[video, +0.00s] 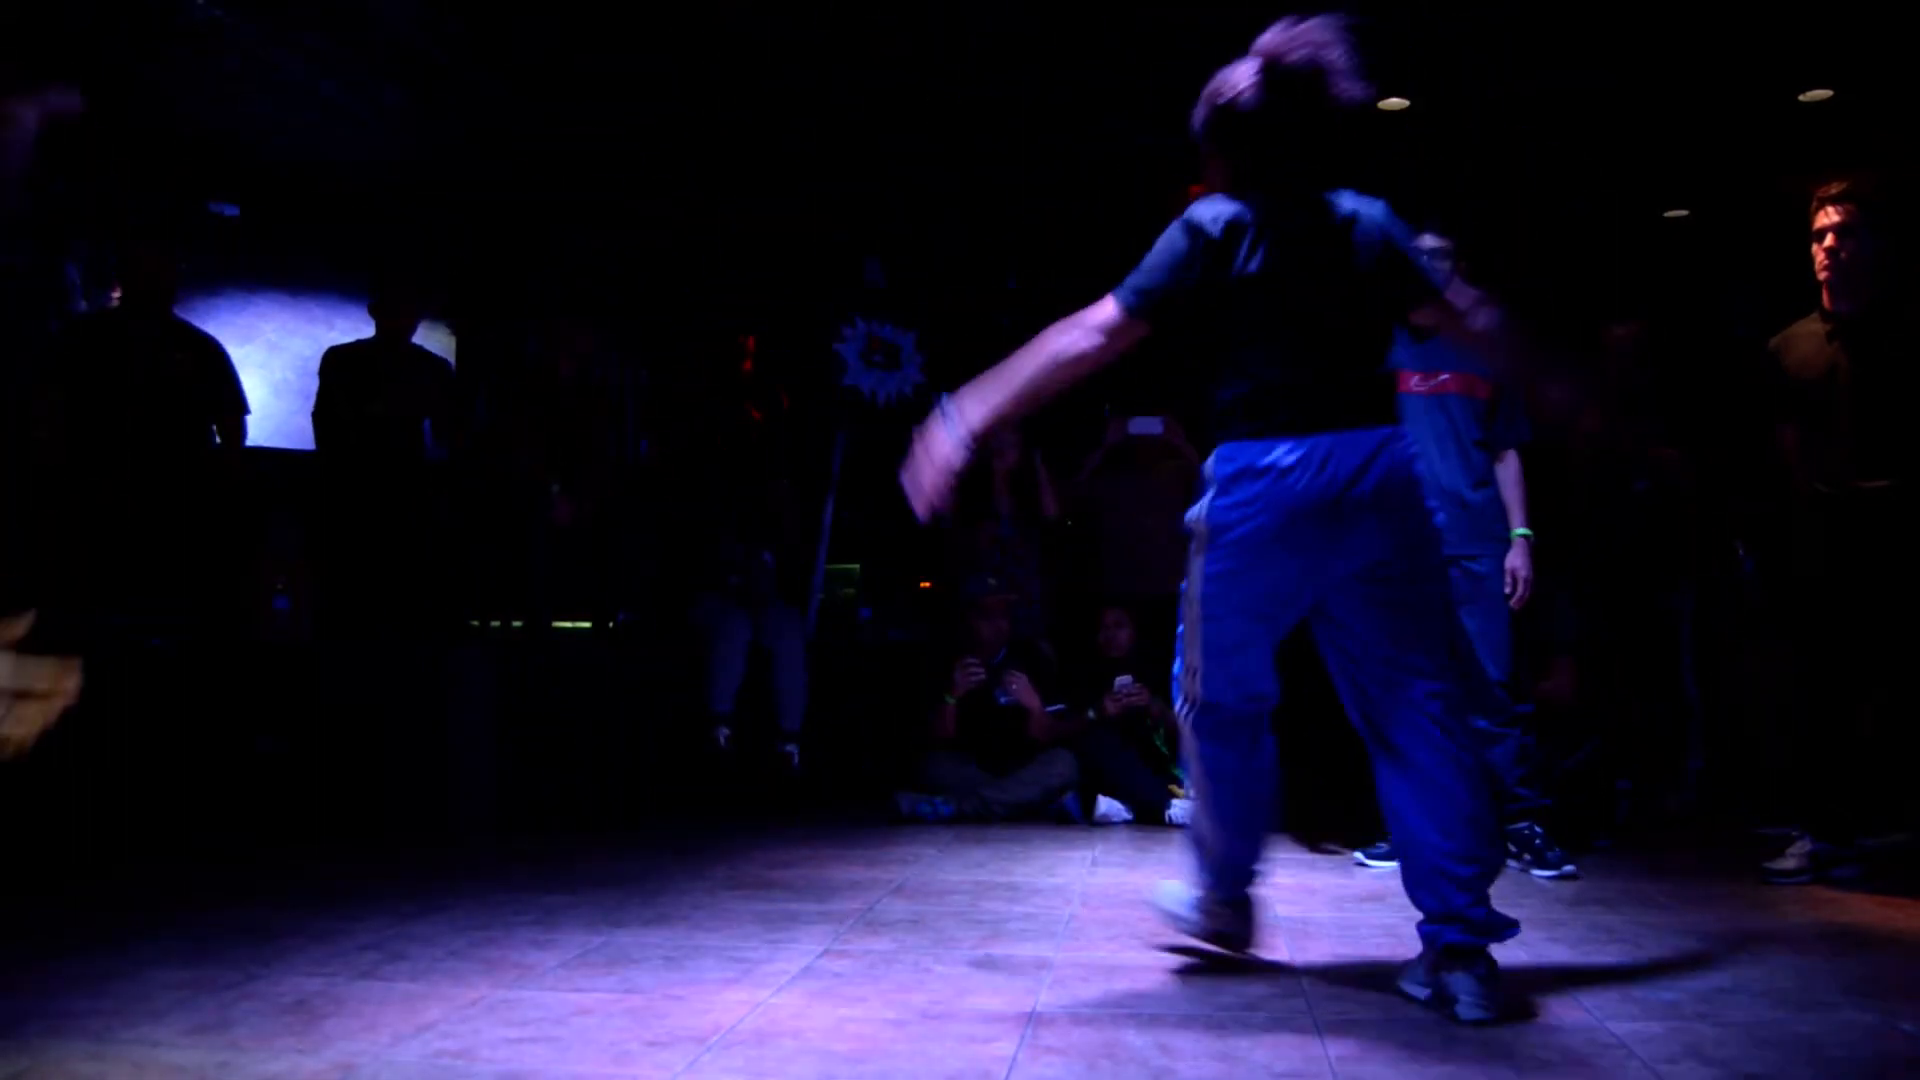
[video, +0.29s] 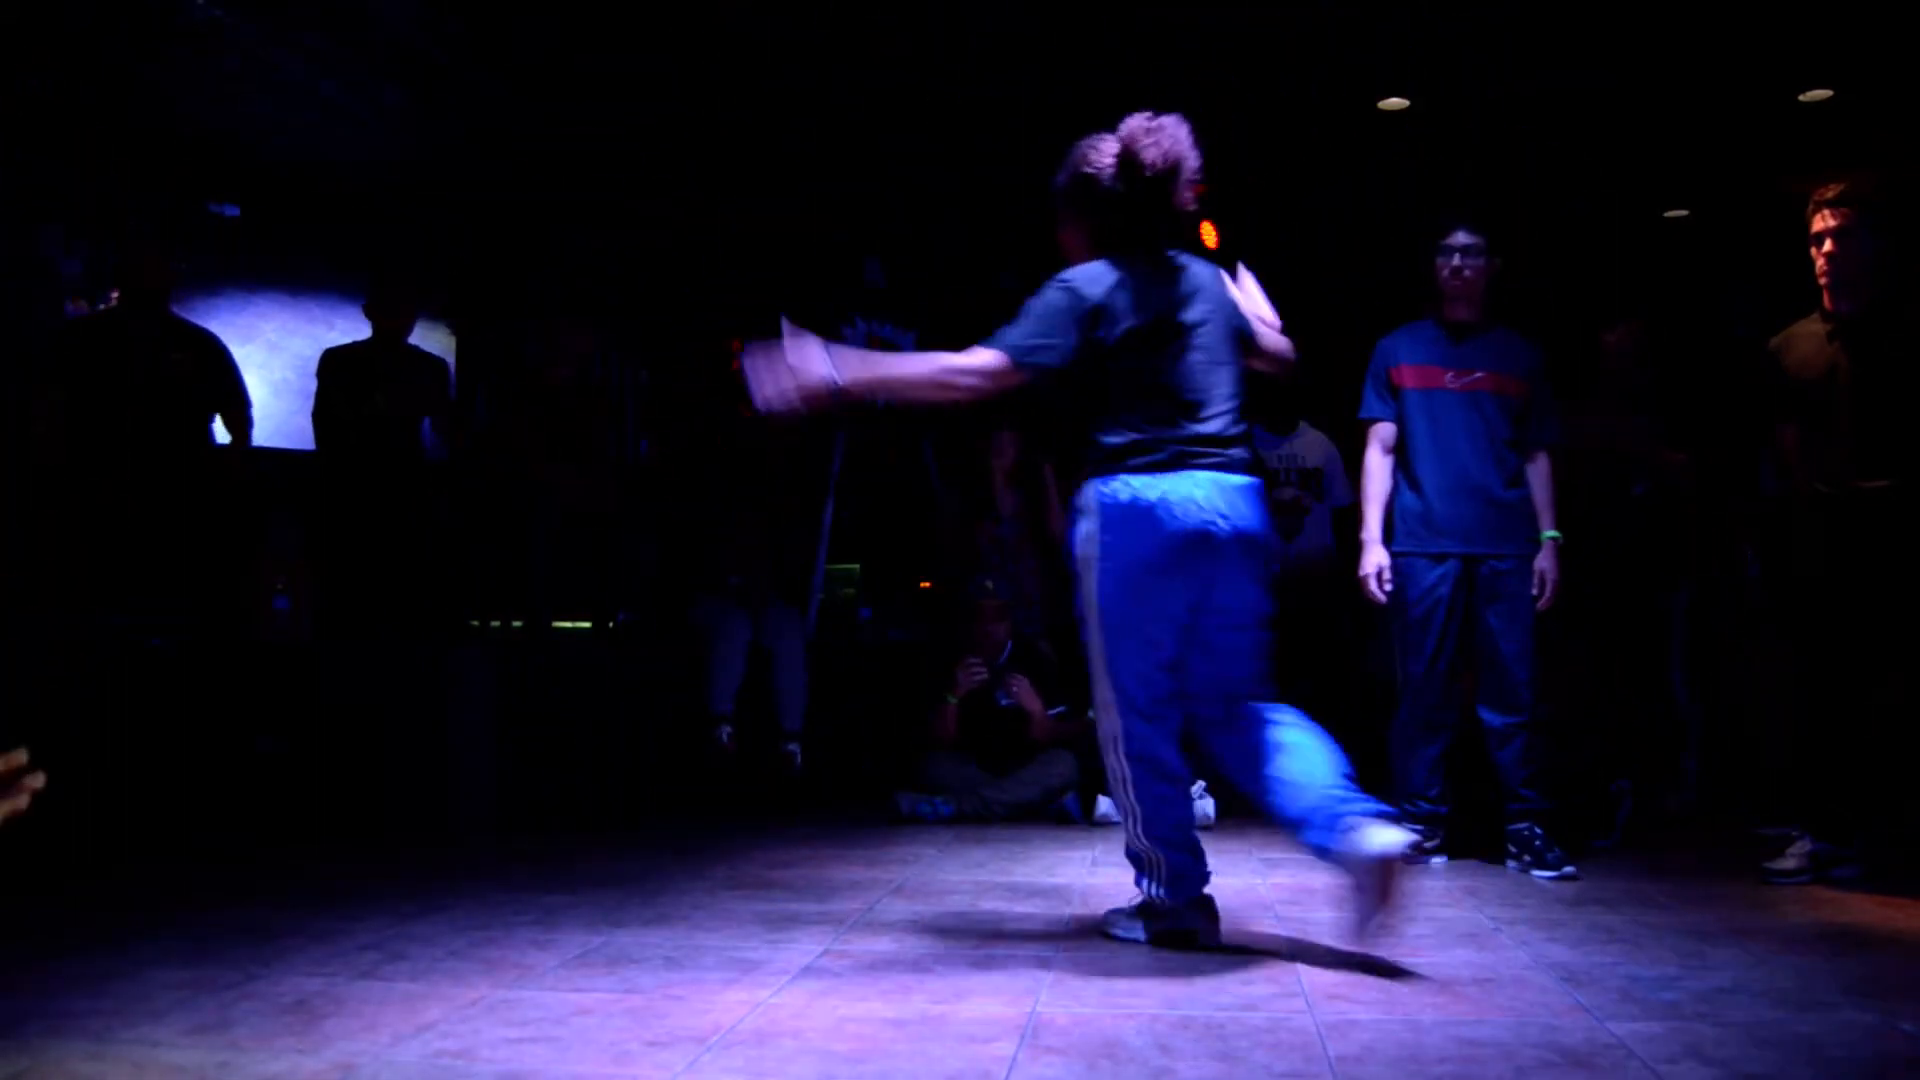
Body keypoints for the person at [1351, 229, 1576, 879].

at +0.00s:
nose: (1428, 271)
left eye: (1439, 260)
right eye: (1419, 259)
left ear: (1456, 271)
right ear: (1397, 271)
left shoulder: (1479, 349)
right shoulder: (1389, 350)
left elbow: (1504, 451)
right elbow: (1359, 446)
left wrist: (1519, 536)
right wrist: (1362, 532)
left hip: (1474, 542)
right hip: (1402, 543)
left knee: (1493, 685)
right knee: (1407, 685)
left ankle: (1522, 823)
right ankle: (1406, 827)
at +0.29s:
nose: (1459, 267)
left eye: (1470, 257)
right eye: (1449, 256)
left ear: (1489, 268)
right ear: (1434, 268)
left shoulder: (1517, 353)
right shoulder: (1400, 349)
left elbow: (1535, 454)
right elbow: (1380, 447)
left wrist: (1548, 539)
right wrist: (1372, 538)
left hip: (1504, 548)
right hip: (1423, 546)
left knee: (1511, 693)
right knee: (1424, 691)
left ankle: (1524, 829)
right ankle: (1420, 826)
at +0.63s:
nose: (1498, 259)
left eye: (1510, 248)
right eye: (1488, 248)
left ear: (1531, 260)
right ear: (1474, 260)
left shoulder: (1560, 351)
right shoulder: (1439, 343)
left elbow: (1574, 451)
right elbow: (1424, 443)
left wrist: (1586, 540)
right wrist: (1427, 538)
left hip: (1542, 545)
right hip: (1464, 541)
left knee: (1533, 694)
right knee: (1446, 687)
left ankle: (1527, 831)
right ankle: (1422, 826)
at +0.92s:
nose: (1530, 260)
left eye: (1542, 249)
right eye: (1520, 249)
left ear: (1563, 260)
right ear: (1504, 261)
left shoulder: (1586, 348)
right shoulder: (1472, 341)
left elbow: (1605, 452)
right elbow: (1454, 442)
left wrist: (1624, 541)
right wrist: (1460, 537)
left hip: (1573, 546)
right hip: (1496, 542)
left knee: (1557, 696)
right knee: (1467, 683)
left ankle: (1532, 831)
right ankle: (1432, 825)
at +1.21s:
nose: (1547, 258)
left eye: (1558, 246)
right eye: (1537, 246)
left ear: (1579, 257)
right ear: (1522, 258)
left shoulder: (1599, 341)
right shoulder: (1491, 338)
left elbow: (1620, 451)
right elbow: (1472, 439)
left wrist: (1640, 540)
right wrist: (1479, 536)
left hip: (1590, 535)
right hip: (1526, 534)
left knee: (1574, 680)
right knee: (1546, 677)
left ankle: (1541, 828)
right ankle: (1544, 838)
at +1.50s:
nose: (1566, 250)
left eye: (1579, 238)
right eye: (1555, 239)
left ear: (1598, 249)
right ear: (1539, 251)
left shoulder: (1618, 335)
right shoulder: (1512, 334)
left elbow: (1635, 447)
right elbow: (1495, 441)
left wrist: (1647, 535)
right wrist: (1505, 542)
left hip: (1609, 532)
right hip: (1547, 534)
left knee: (1585, 685)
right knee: (1587, 685)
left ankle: (1532, 829)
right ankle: (1636, 849)